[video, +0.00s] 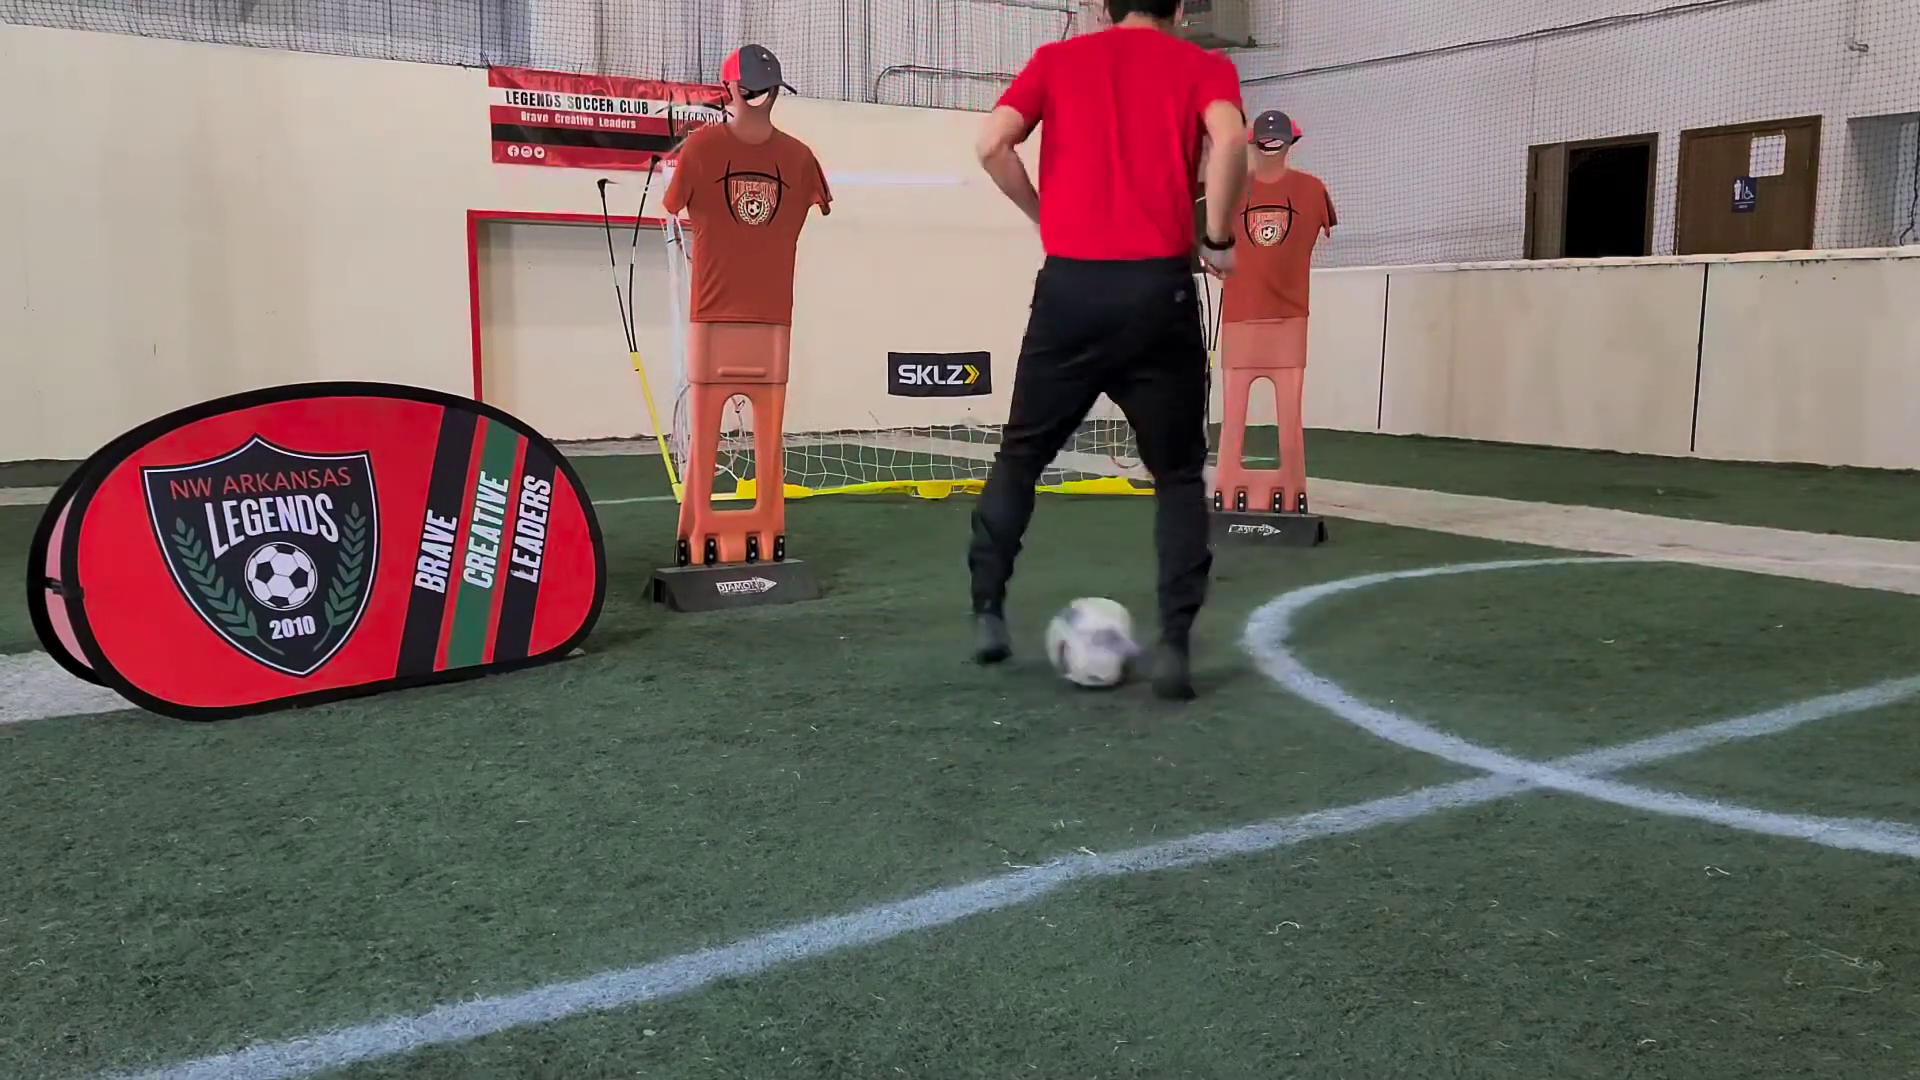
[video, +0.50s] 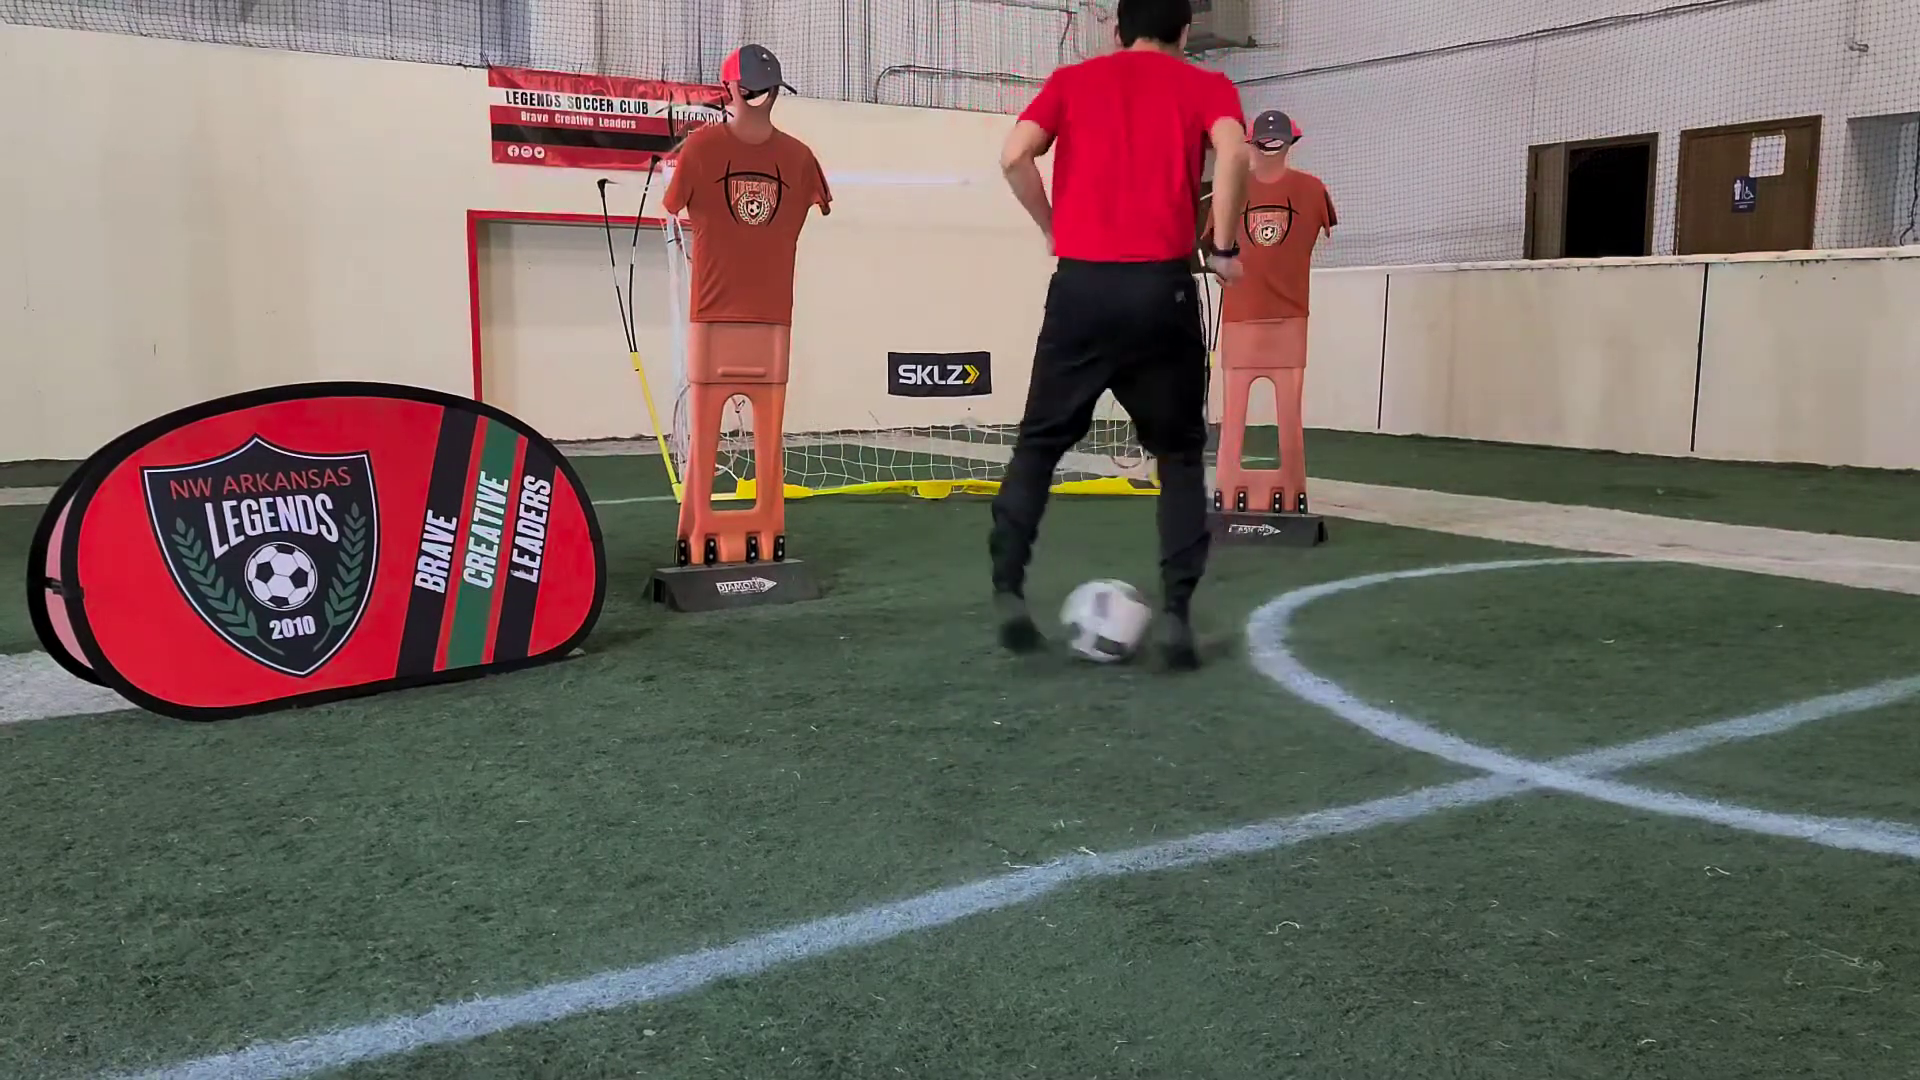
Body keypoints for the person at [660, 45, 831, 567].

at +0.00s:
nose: (759, 96)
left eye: (766, 87)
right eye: (749, 87)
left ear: (776, 88)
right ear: (729, 87)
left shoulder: (796, 152)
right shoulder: (702, 145)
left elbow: (798, 219)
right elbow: (676, 210)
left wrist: (756, 238)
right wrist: (723, 229)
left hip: (772, 302)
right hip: (712, 303)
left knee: (770, 417)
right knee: (705, 417)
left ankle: (768, 531)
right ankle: (697, 531)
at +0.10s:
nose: (759, 96)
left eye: (766, 87)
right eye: (749, 87)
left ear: (776, 88)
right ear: (729, 88)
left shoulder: (797, 153)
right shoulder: (701, 146)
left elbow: (802, 215)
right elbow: (674, 209)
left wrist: (757, 237)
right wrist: (721, 229)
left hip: (772, 304)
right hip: (712, 304)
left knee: (770, 421)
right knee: (704, 422)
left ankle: (768, 533)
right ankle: (696, 534)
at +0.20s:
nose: (760, 96)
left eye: (766, 87)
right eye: (750, 87)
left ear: (775, 88)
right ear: (729, 88)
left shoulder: (797, 153)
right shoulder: (702, 145)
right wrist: (725, 228)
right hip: (713, 303)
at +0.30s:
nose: (759, 96)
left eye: (766, 87)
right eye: (749, 87)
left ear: (776, 88)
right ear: (729, 88)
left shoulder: (797, 153)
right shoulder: (701, 146)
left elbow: (801, 215)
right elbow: (674, 209)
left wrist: (756, 237)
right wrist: (720, 229)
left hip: (772, 304)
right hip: (712, 304)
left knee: (770, 421)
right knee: (704, 422)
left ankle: (768, 533)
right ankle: (696, 533)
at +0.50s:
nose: (760, 95)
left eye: (766, 87)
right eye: (750, 87)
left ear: (776, 87)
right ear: (729, 88)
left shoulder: (796, 152)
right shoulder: (702, 145)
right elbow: (673, 209)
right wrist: (723, 227)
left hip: (772, 304)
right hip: (712, 304)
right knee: (705, 423)